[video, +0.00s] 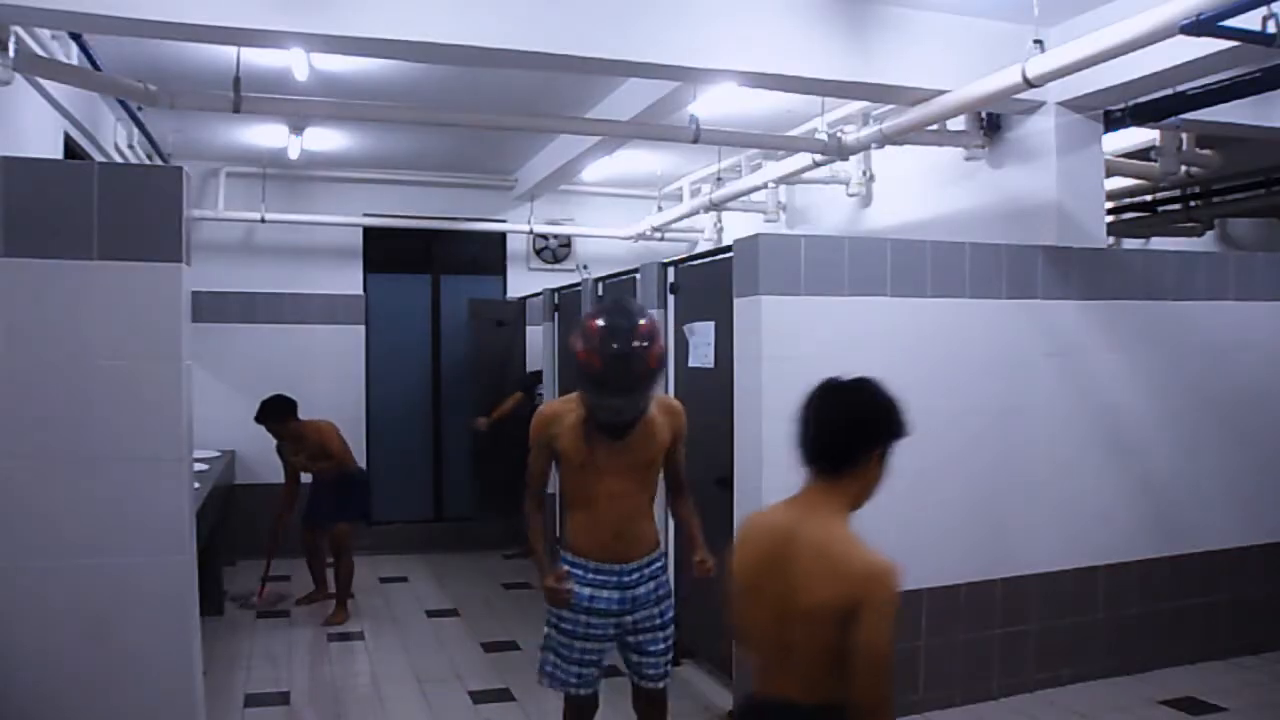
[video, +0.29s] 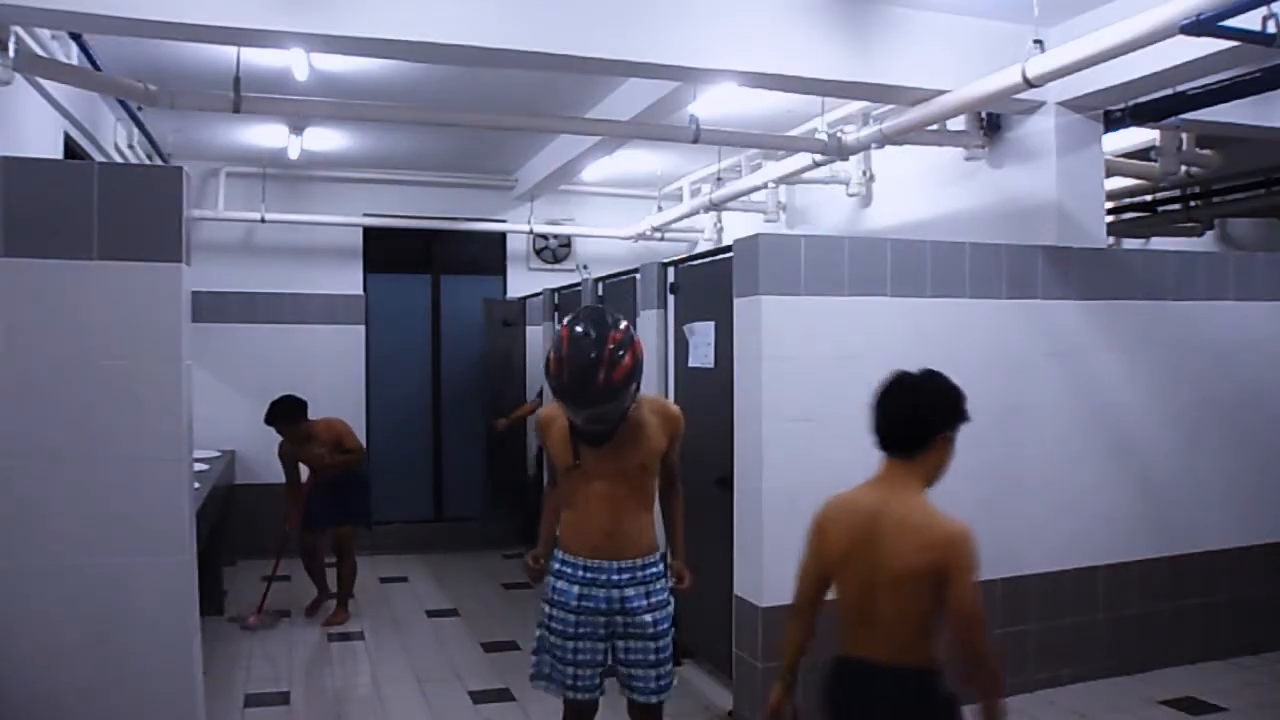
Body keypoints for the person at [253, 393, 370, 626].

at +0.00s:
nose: (272, 435)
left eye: (273, 429)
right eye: (269, 430)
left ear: (287, 421)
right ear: (278, 426)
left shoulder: (324, 432)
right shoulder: (284, 447)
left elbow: (347, 465)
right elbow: (292, 484)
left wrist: (312, 467)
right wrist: (283, 516)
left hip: (348, 485)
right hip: (321, 487)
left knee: (340, 539)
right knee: (310, 535)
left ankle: (341, 605)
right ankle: (321, 588)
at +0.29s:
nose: (280, 435)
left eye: (282, 429)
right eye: (277, 431)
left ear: (296, 423)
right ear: (283, 428)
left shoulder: (335, 428)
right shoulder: (287, 450)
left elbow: (359, 454)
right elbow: (293, 485)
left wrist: (332, 461)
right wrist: (293, 516)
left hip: (349, 485)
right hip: (319, 487)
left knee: (343, 544)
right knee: (308, 543)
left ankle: (342, 605)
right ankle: (323, 592)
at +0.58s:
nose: (271, 439)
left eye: (273, 433)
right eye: (267, 435)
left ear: (288, 424)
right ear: (268, 433)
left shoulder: (324, 429)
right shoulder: (278, 457)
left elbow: (359, 452)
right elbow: (284, 496)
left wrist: (332, 460)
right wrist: (285, 530)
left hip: (346, 485)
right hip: (315, 489)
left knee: (341, 549)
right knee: (311, 550)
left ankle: (341, 608)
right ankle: (312, 614)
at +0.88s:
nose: (245, 446)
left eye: (245, 439)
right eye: (241, 441)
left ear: (258, 430)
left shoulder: (301, 431)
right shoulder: (261, 463)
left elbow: (340, 452)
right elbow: (267, 500)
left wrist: (313, 461)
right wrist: (271, 530)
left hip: (336, 487)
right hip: (305, 492)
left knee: (331, 550)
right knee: (301, 554)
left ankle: (340, 605)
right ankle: (311, 616)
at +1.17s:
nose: (237, 445)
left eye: (237, 438)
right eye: (233, 440)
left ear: (251, 426)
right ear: (248, 428)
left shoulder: (291, 430)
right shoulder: (259, 459)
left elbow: (327, 456)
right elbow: (270, 495)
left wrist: (290, 460)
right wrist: (261, 530)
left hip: (334, 488)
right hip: (305, 493)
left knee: (332, 553)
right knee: (303, 555)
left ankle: (346, 620)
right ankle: (312, 617)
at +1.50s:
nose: (243, 449)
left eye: (244, 441)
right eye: (240, 443)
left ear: (259, 431)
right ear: (257, 432)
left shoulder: (299, 443)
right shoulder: (268, 457)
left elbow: (324, 479)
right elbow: (269, 494)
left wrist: (283, 481)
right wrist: (260, 528)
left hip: (339, 497)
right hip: (310, 500)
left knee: (336, 564)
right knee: (303, 558)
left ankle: (341, 631)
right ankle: (313, 616)